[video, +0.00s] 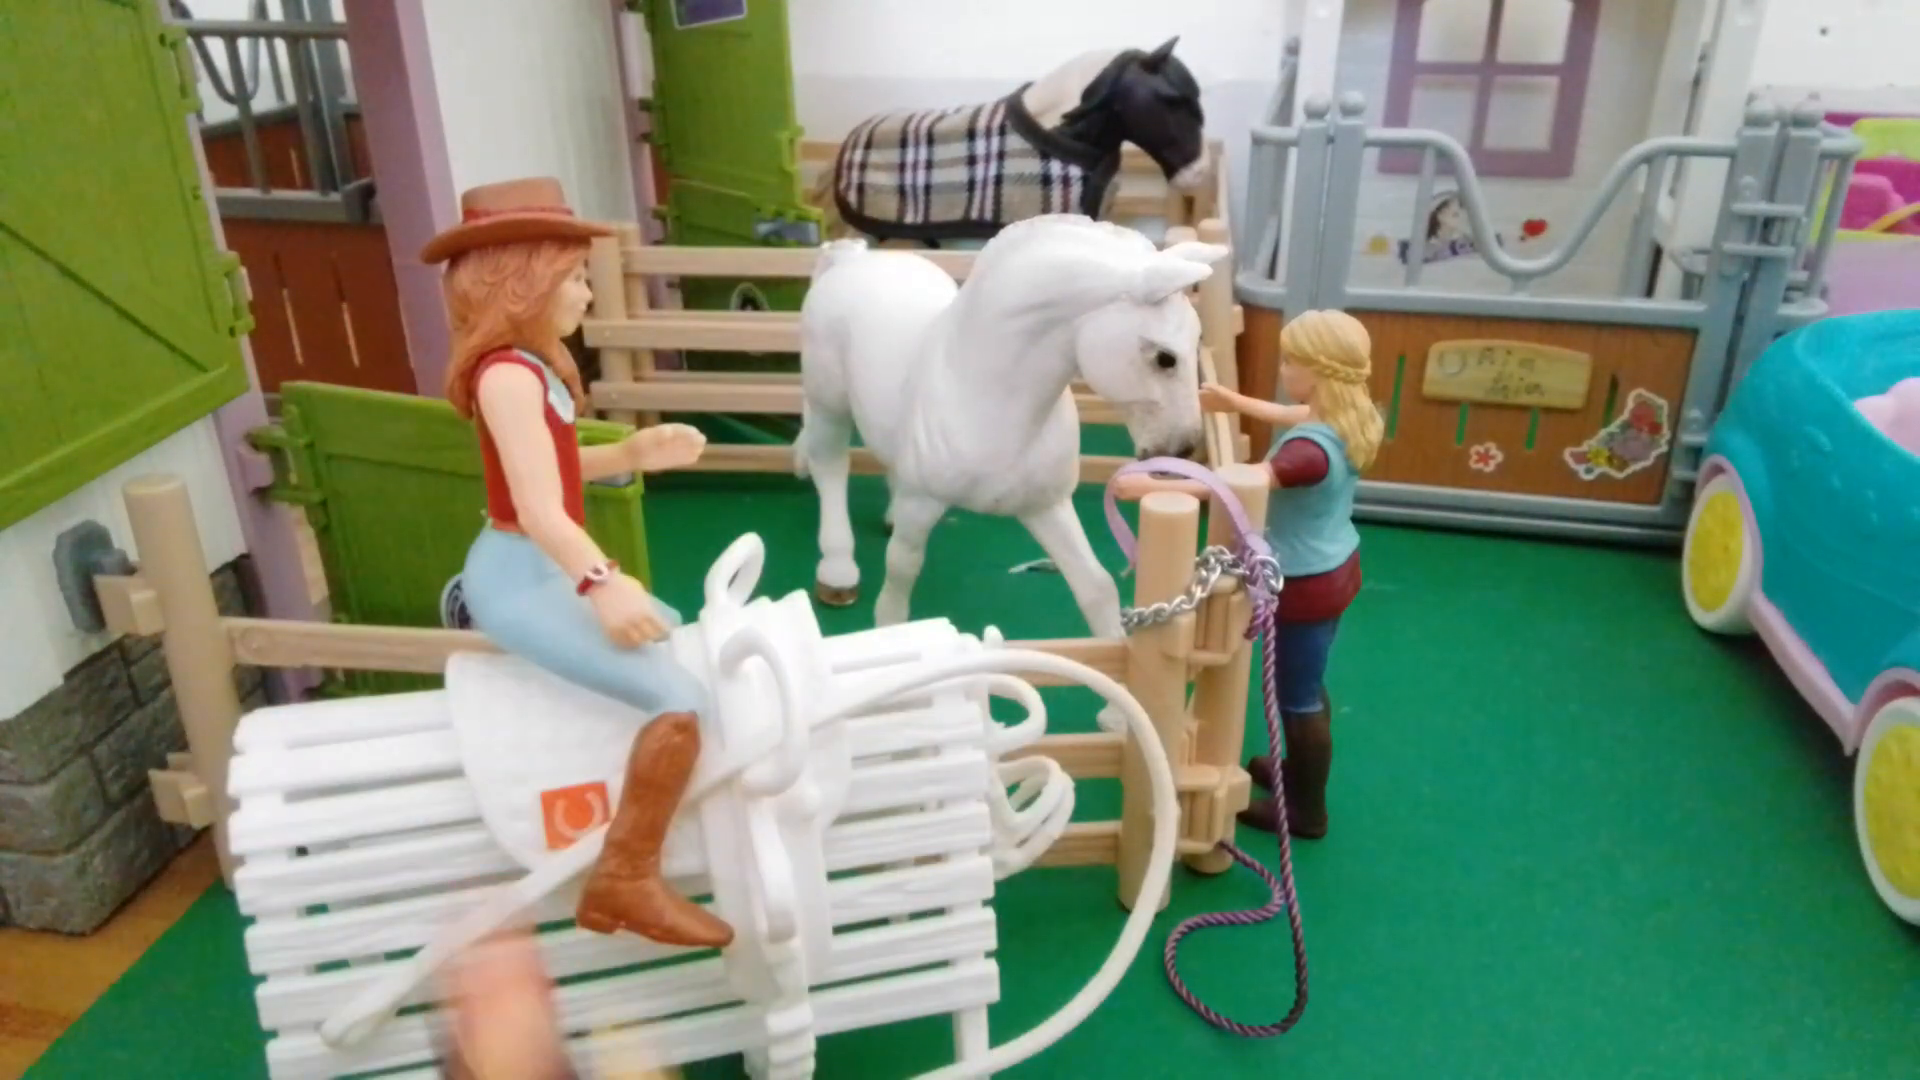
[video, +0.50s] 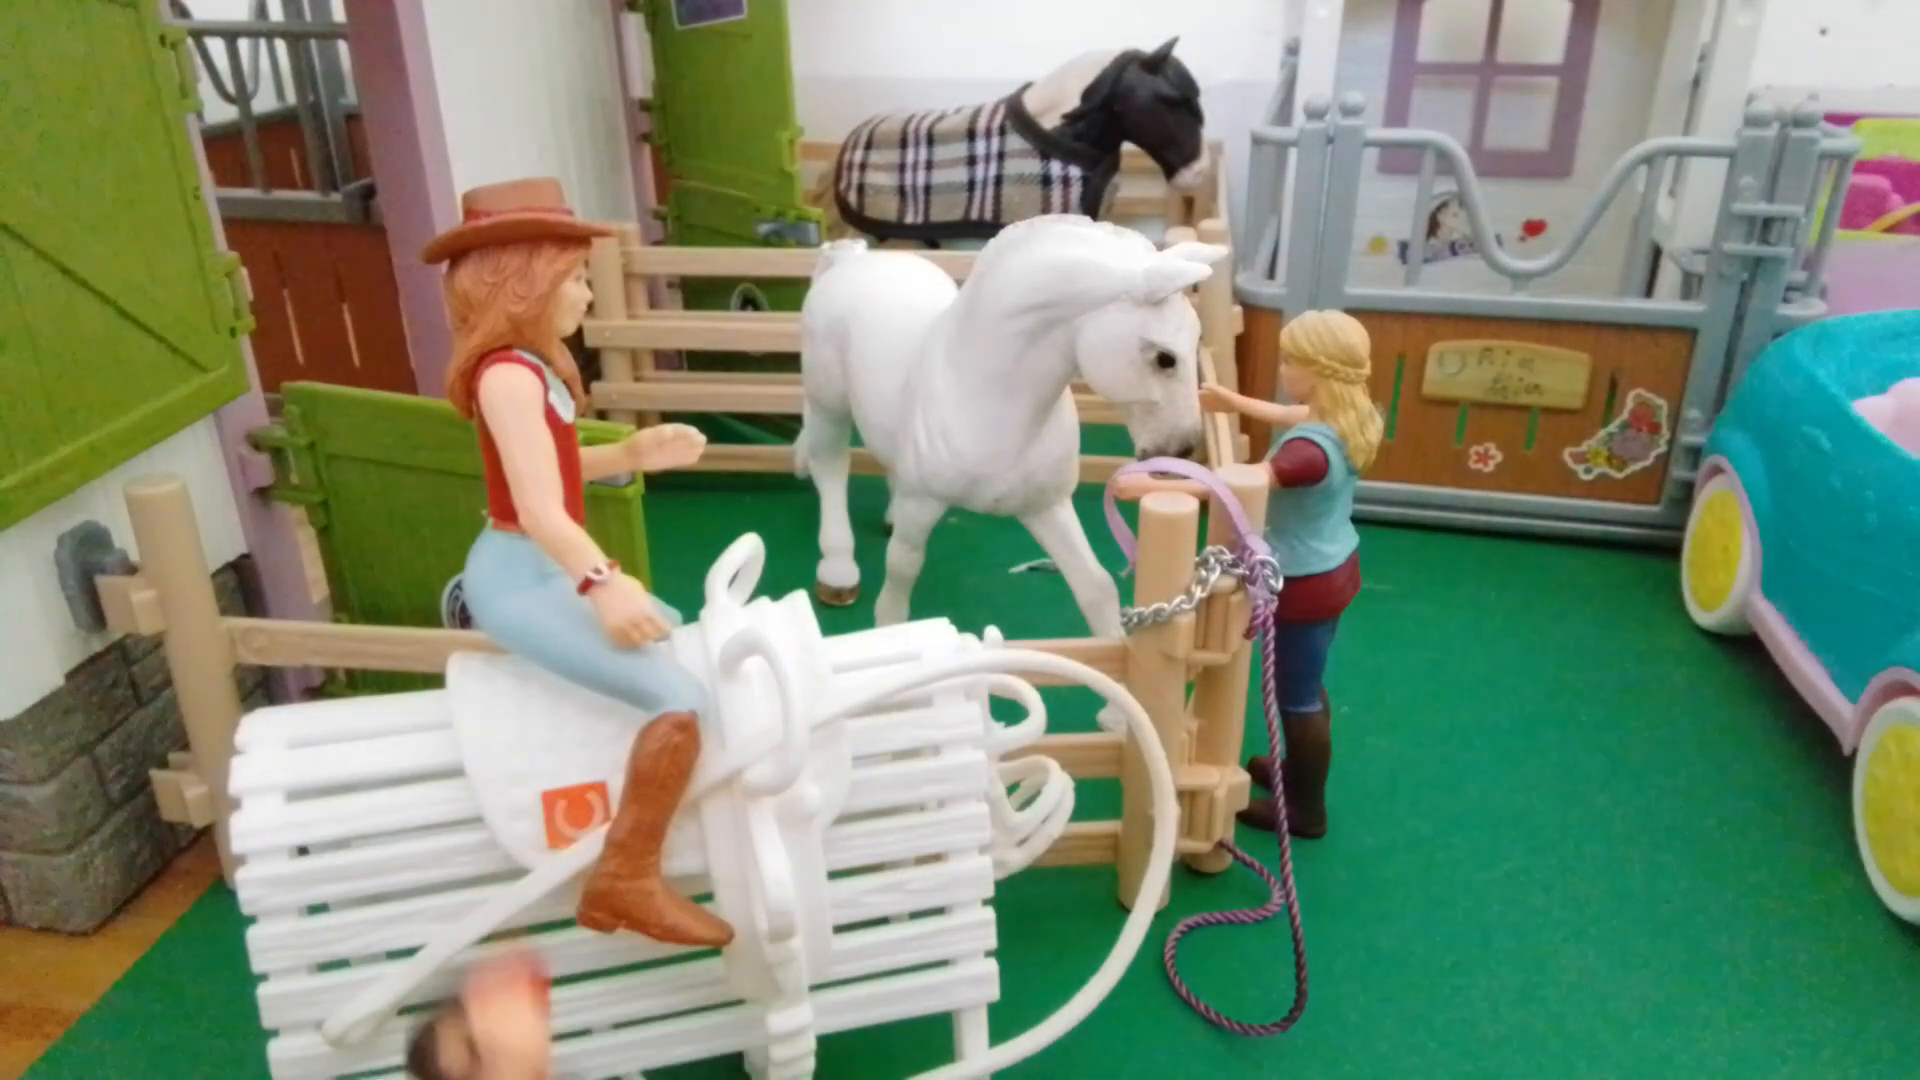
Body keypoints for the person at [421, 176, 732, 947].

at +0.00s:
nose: (588, 293)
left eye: (585, 277)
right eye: (576, 277)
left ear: (532, 288)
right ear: (526, 284)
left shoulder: (538, 369)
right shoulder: (509, 377)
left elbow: (554, 468)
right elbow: (536, 512)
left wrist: (635, 454)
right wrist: (604, 584)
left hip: (551, 563)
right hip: (517, 577)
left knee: (701, 656)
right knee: (681, 696)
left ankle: (634, 873)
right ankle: (625, 879)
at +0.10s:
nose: (588, 293)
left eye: (585, 277)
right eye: (576, 278)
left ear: (533, 288)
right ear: (527, 285)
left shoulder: (539, 368)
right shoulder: (509, 377)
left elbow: (554, 468)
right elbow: (537, 512)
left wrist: (635, 454)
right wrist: (605, 584)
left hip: (551, 563)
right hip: (516, 577)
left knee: (703, 658)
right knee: (681, 696)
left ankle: (635, 873)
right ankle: (624, 879)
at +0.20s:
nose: (587, 293)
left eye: (584, 277)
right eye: (575, 277)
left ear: (531, 288)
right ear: (526, 285)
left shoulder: (538, 369)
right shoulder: (509, 377)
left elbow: (555, 468)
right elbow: (536, 511)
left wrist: (635, 454)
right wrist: (604, 584)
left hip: (552, 563)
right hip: (515, 577)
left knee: (704, 658)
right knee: (681, 696)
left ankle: (635, 872)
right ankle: (624, 878)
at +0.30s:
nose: (589, 293)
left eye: (586, 277)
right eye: (576, 278)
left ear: (539, 286)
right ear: (528, 286)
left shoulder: (544, 366)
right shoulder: (509, 377)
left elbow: (554, 468)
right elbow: (537, 511)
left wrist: (633, 454)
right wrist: (604, 585)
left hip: (549, 565)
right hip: (515, 577)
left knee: (694, 678)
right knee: (681, 697)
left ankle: (639, 871)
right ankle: (627, 871)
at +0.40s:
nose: (586, 292)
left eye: (583, 276)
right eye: (574, 277)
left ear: (531, 288)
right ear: (525, 285)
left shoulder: (538, 368)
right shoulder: (507, 377)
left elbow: (554, 468)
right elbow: (535, 512)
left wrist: (635, 453)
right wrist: (603, 584)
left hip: (550, 563)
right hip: (514, 578)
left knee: (700, 658)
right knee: (680, 695)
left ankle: (637, 871)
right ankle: (624, 877)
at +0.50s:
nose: (588, 293)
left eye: (585, 277)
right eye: (576, 278)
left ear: (531, 288)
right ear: (528, 285)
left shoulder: (536, 369)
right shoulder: (509, 377)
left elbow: (552, 469)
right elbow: (536, 512)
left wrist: (634, 454)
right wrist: (605, 583)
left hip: (551, 563)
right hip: (517, 577)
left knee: (704, 656)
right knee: (682, 696)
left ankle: (636, 872)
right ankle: (625, 879)